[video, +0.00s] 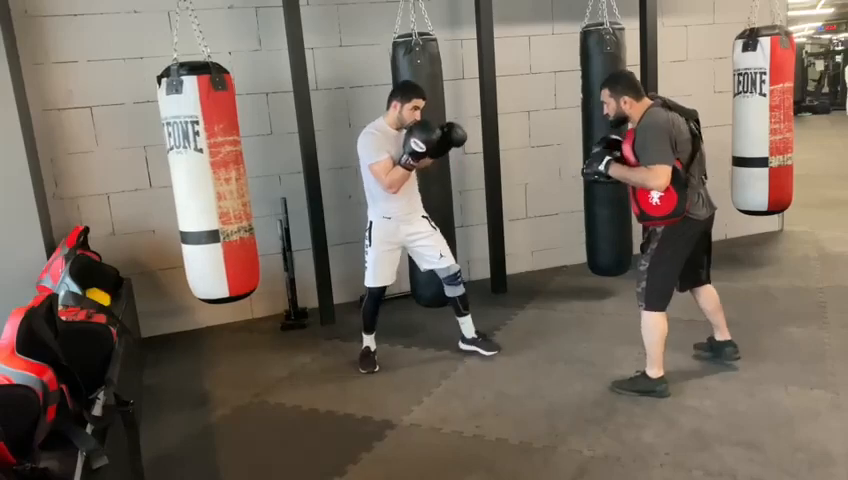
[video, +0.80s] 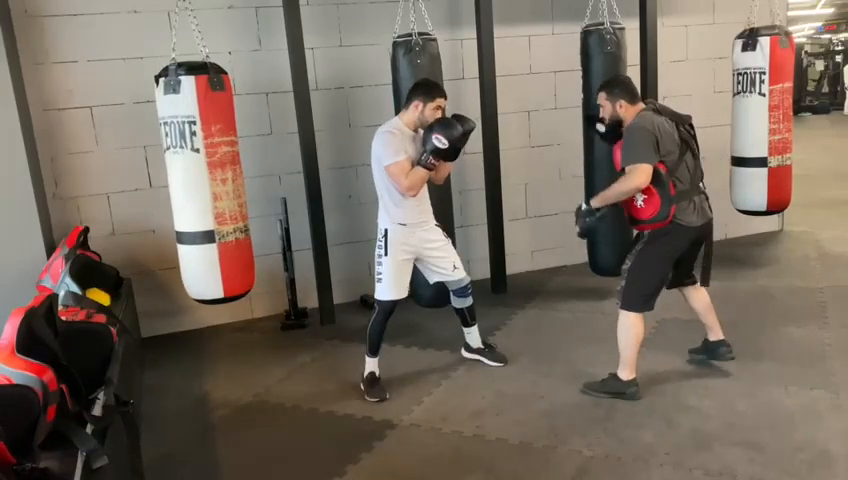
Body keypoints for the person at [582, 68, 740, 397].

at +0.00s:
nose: (605, 111)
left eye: (606, 103)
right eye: (603, 104)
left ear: (624, 101)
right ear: (632, 97)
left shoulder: (652, 124)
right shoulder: (662, 113)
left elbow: (658, 179)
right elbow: (667, 164)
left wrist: (610, 168)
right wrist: (625, 152)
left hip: (675, 222)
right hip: (697, 215)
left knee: (651, 296)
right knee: (697, 280)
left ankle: (653, 376)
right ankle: (724, 342)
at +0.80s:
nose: (602, 114)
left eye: (603, 107)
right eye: (600, 108)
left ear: (620, 104)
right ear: (632, 100)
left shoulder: (639, 127)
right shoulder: (662, 116)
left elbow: (638, 178)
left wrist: (592, 204)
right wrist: (615, 136)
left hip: (670, 224)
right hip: (697, 219)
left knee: (633, 297)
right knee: (685, 278)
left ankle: (625, 377)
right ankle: (717, 342)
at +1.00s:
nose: (625, 116)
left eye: (630, 108)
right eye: (623, 109)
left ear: (658, 104)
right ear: (663, 106)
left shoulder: (670, 141)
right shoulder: (691, 129)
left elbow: (665, 204)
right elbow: (661, 184)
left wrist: (604, 197)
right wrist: (626, 149)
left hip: (694, 263)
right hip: (723, 255)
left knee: (640, 348)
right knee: (705, 327)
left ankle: (639, 447)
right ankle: (741, 405)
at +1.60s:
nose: (604, 120)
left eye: (610, 112)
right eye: (602, 112)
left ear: (638, 111)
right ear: (638, 113)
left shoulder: (660, 147)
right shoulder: (640, 145)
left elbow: (675, 209)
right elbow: (609, 188)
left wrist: (608, 197)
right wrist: (592, 151)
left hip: (663, 273)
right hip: (667, 268)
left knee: (613, 363)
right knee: (687, 344)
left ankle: (604, 461)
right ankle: (738, 408)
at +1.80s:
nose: (581, 140)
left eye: (585, 132)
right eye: (580, 132)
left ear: (611, 131)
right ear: (602, 132)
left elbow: (693, 216)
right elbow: (566, 198)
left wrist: (647, 177)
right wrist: (547, 200)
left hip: (657, 279)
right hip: (625, 277)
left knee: (601, 365)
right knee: (654, 350)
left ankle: (605, 465)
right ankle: (723, 394)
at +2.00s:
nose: (581, 139)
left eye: (586, 131)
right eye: (579, 131)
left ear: (612, 128)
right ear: (607, 129)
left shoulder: (662, 156)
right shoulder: (605, 164)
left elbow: (682, 211)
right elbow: (581, 226)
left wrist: (626, 174)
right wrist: (572, 201)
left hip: (656, 283)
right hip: (633, 280)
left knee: (593, 368)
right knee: (663, 354)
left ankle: (605, 464)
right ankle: (728, 409)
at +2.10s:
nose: (589, 133)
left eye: (593, 124)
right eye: (587, 126)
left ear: (620, 122)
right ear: (620, 125)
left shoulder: (653, 149)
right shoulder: (626, 157)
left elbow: (689, 199)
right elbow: (631, 207)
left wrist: (629, 169)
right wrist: (590, 205)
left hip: (651, 281)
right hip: (678, 274)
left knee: (592, 366)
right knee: (682, 345)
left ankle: (605, 462)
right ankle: (737, 409)